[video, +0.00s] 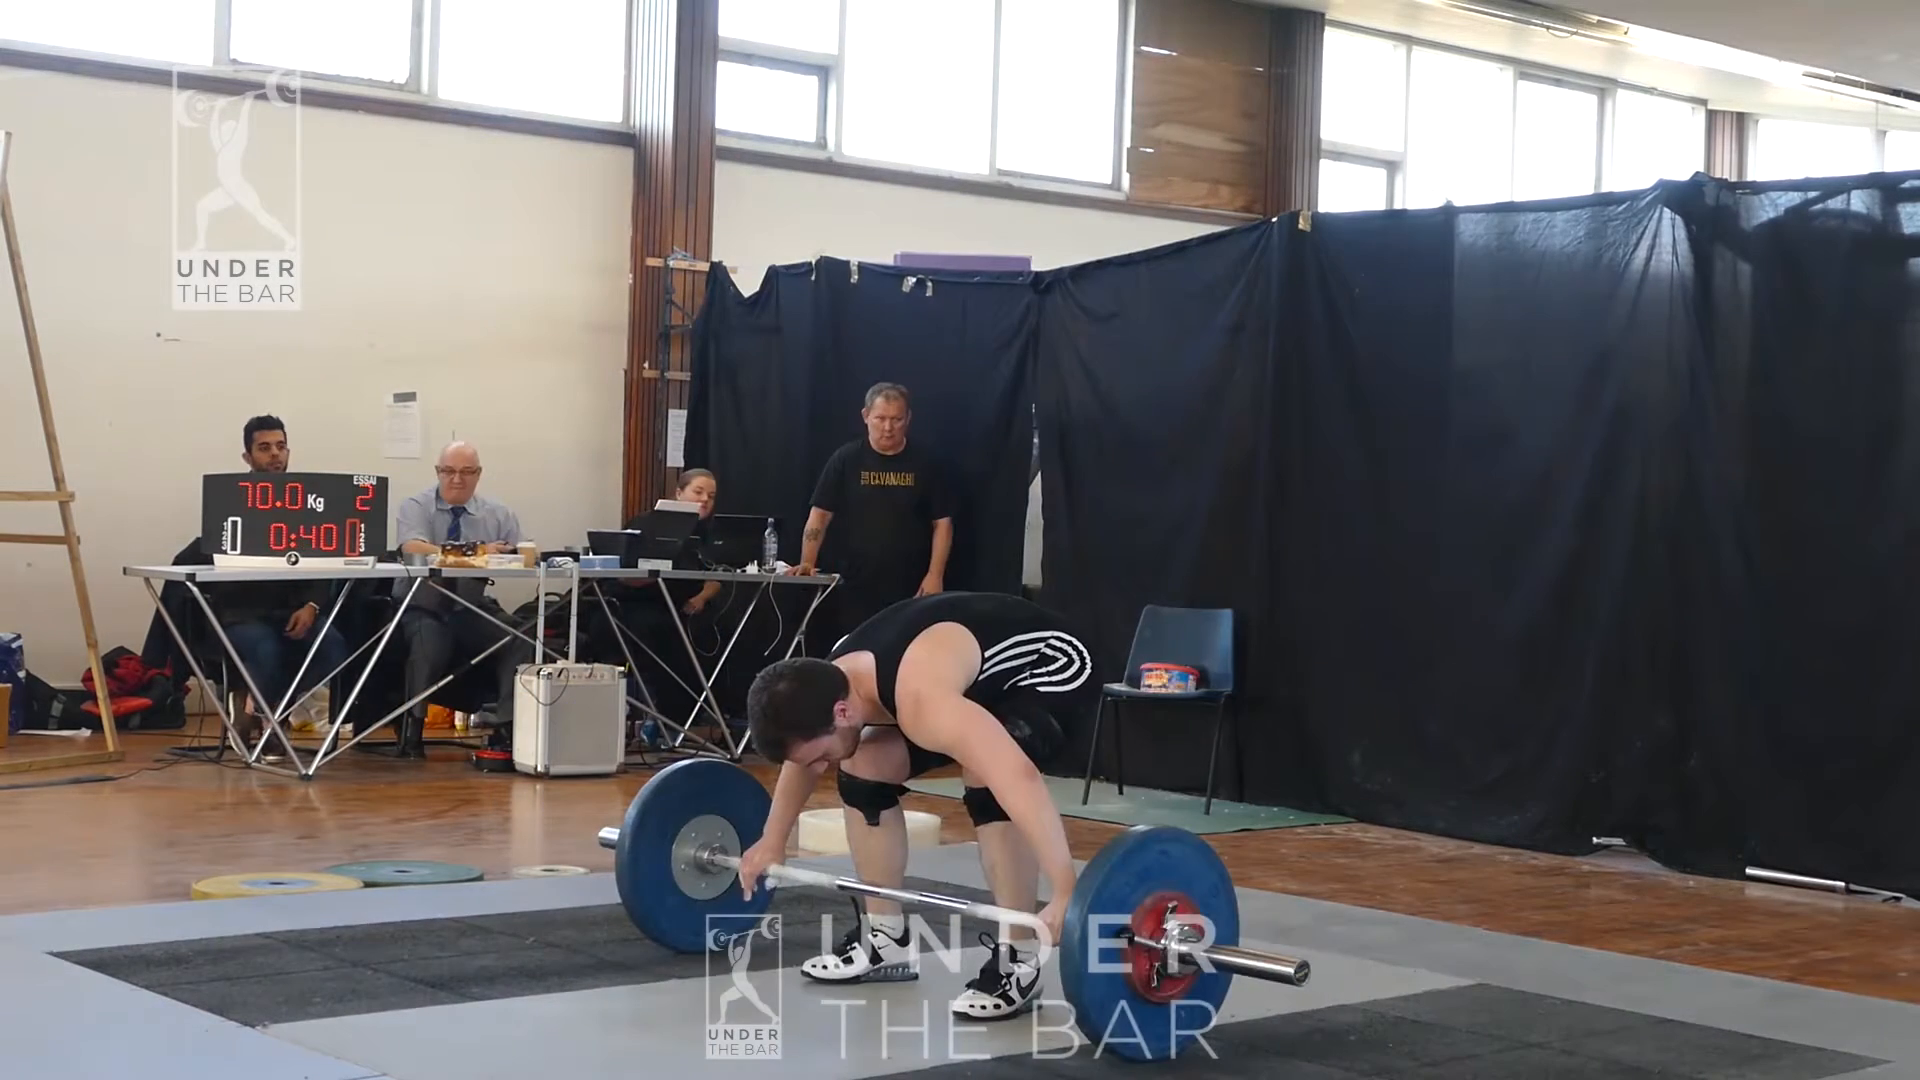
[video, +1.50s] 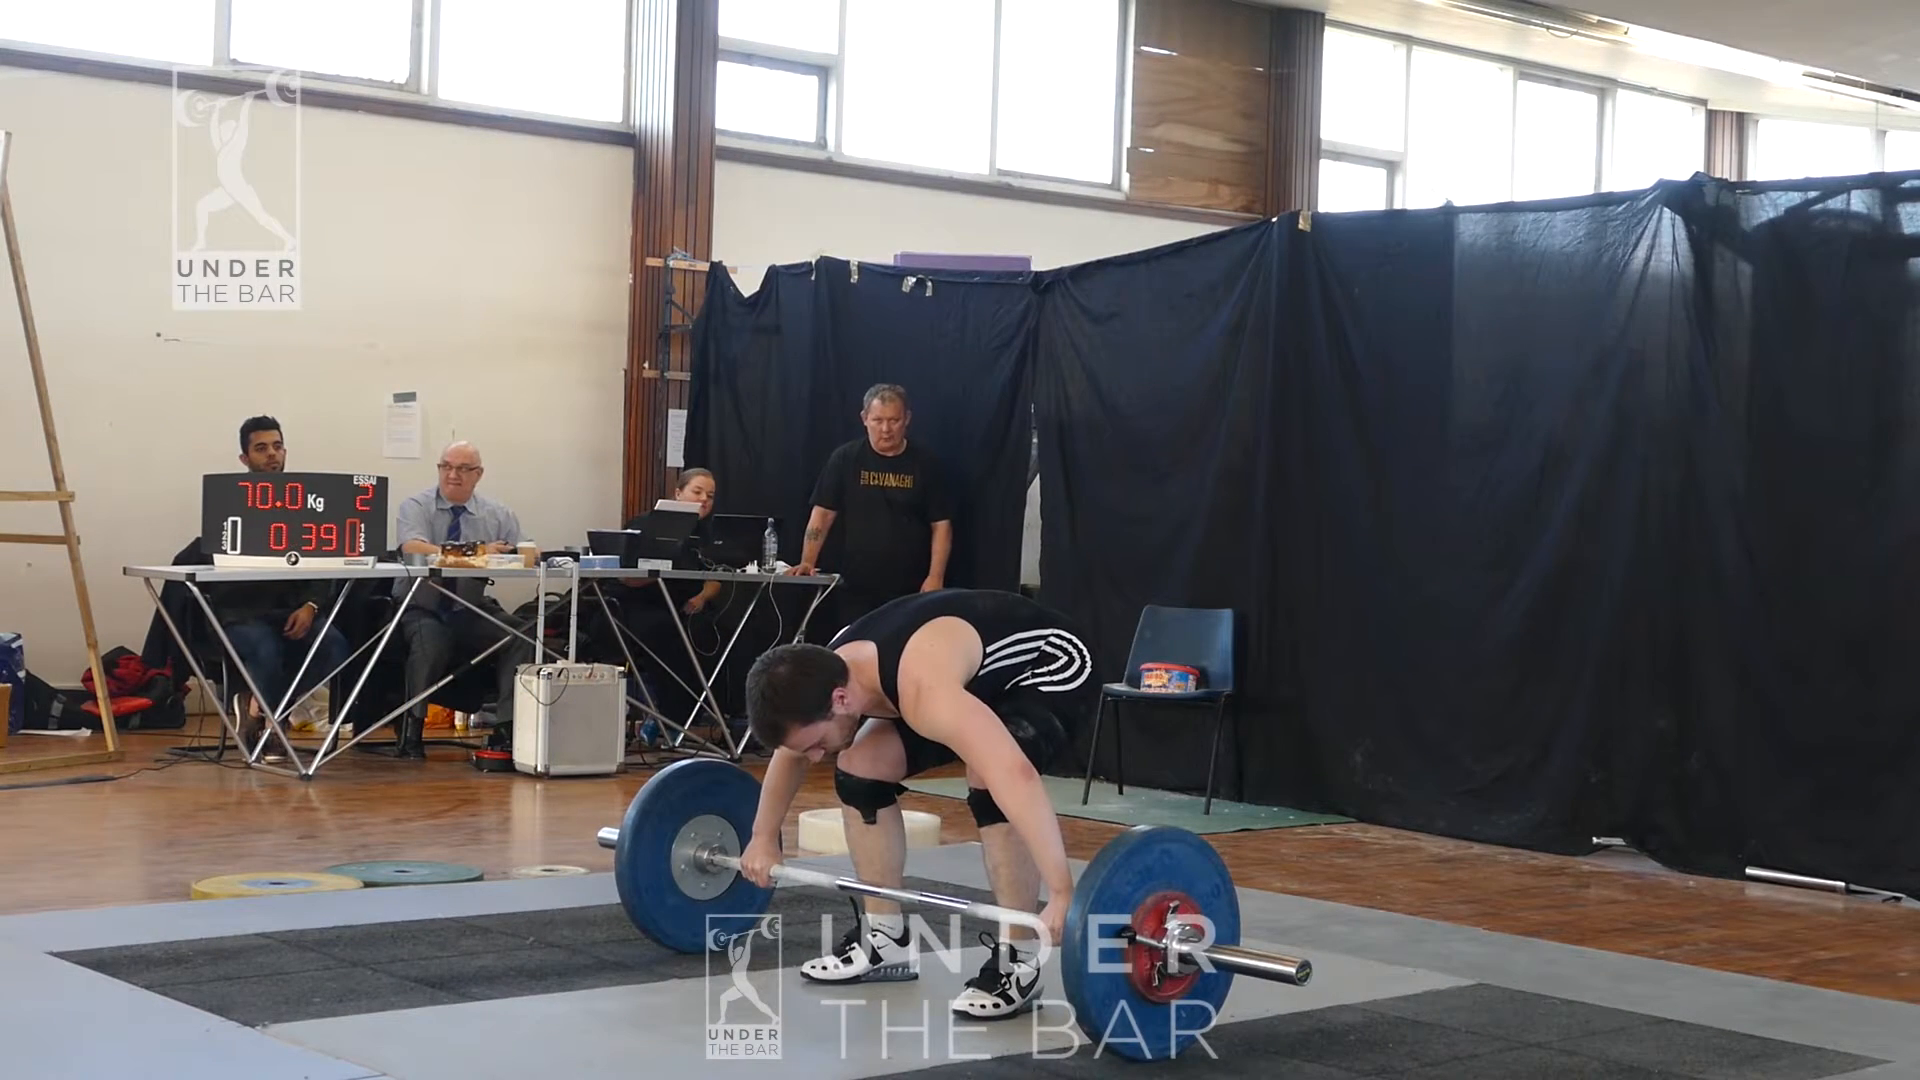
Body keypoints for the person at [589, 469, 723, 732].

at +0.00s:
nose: (705, 500)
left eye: (711, 496)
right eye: (698, 492)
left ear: (715, 502)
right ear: (679, 493)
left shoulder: (712, 534)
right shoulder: (648, 523)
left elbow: (717, 577)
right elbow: (616, 559)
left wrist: (702, 596)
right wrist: (631, 579)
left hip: (681, 606)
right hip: (640, 601)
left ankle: (664, 721)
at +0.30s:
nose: (705, 499)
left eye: (711, 495)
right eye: (698, 492)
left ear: (715, 502)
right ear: (679, 493)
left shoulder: (710, 533)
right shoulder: (647, 523)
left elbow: (717, 578)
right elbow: (618, 566)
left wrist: (702, 597)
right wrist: (637, 578)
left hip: (681, 606)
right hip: (640, 601)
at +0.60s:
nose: (705, 499)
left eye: (710, 495)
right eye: (698, 492)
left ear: (714, 502)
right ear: (678, 492)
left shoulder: (709, 533)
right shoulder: (647, 523)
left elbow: (716, 578)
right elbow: (619, 568)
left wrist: (702, 596)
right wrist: (639, 577)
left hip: (681, 606)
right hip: (640, 601)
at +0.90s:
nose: (704, 499)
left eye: (710, 495)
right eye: (698, 491)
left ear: (714, 502)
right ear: (678, 492)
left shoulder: (711, 535)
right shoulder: (647, 524)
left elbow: (717, 578)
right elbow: (617, 566)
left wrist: (702, 597)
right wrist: (632, 578)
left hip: (682, 607)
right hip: (641, 603)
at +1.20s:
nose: (704, 499)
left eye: (710, 495)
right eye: (698, 491)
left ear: (714, 502)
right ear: (679, 492)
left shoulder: (711, 533)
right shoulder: (649, 523)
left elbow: (717, 577)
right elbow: (620, 561)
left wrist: (701, 597)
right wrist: (634, 578)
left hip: (682, 605)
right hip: (643, 600)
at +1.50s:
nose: (704, 500)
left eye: (710, 496)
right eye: (697, 492)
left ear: (714, 501)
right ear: (679, 493)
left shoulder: (709, 532)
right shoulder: (648, 525)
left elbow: (717, 577)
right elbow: (629, 577)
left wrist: (703, 596)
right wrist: (658, 569)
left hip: (684, 607)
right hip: (643, 604)